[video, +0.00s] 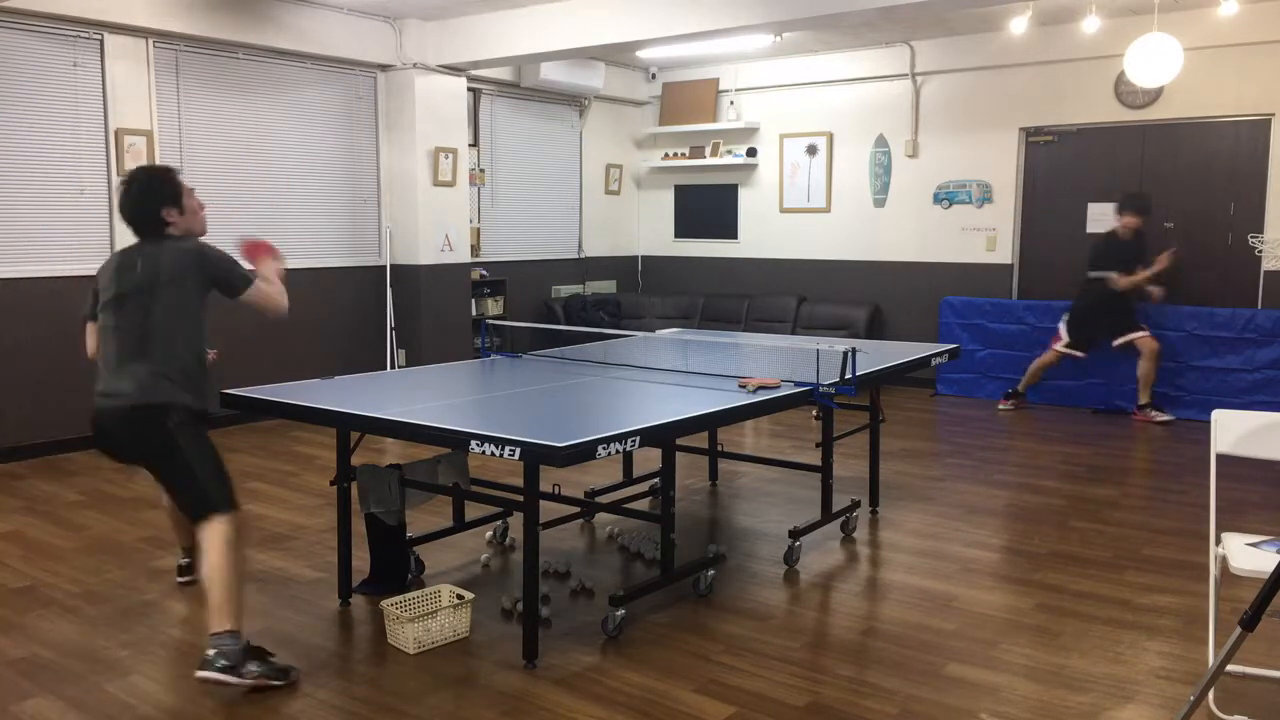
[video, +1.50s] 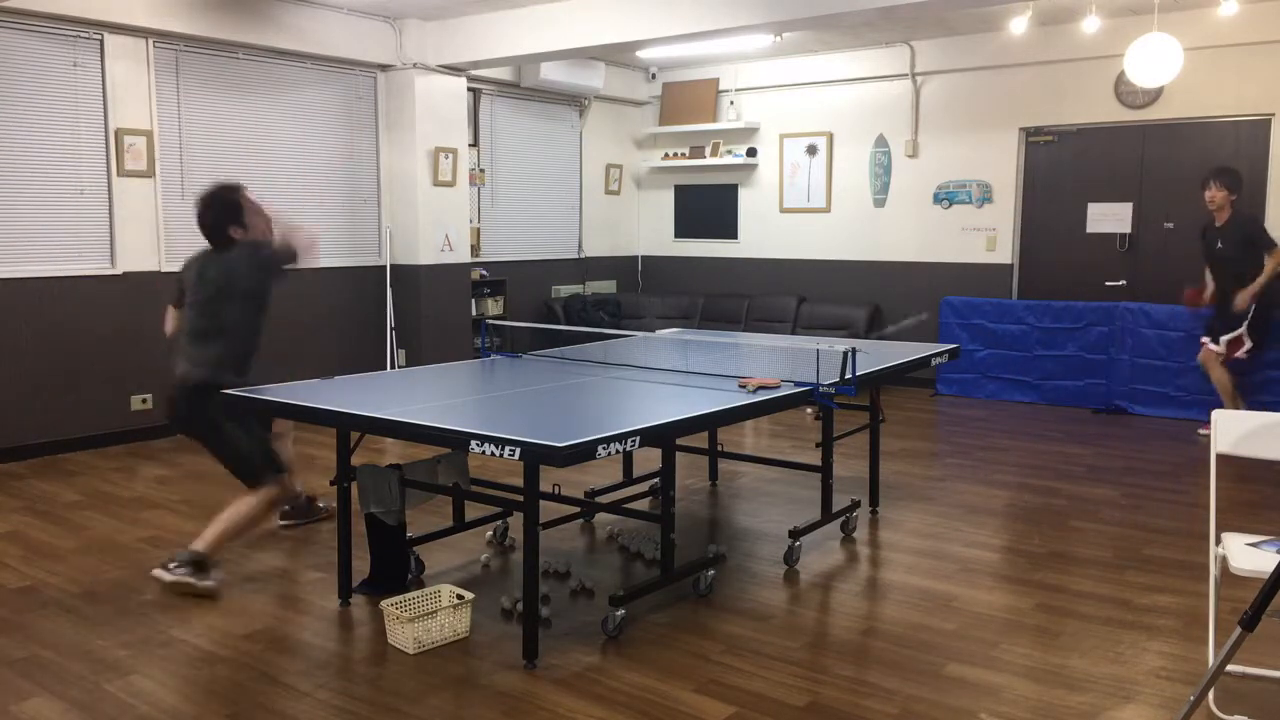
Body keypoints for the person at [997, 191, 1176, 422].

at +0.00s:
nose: (1133, 222)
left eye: (1137, 217)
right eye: (1129, 216)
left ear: (1143, 221)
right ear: (1119, 217)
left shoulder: (1138, 242)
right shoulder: (1104, 244)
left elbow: (1132, 276)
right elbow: (1118, 284)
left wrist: (1147, 288)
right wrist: (1154, 269)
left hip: (1117, 310)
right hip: (1088, 311)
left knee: (1150, 347)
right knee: (1052, 357)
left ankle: (1143, 407)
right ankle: (1017, 393)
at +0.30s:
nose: (1203, 214)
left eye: (1205, 208)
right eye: (1203, 208)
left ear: (1187, 204)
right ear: (1191, 204)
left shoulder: (1171, 226)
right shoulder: (1168, 230)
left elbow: (1142, 236)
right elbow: (1149, 273)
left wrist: (1183, 254)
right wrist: (1140, 310)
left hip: (1165, 298)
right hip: (1154, 300)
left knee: (1175, 348)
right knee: (1195, 331)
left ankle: (1148, 404)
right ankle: (1137, 360)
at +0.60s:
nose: (1224, 159)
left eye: (1223, 154)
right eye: (1222, 154)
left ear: (1192, 156)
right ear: (1217, 158)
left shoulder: (1177, 181)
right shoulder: (1209, 187)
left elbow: (1162, 216)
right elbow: (1199, 228)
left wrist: (1188, 224)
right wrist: (1205, 267)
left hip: (1174, 270)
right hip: (1201, 270)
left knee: (1185, 330)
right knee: (1222, 325)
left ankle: (1184, 389)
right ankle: (1232, 385)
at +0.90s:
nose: (1184, 193)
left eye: (1191, 187)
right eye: (1185, 187)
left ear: (1208, 191)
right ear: (1208, 192)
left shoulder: (1197, 220)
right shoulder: (1233, 218)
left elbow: (1189, 261)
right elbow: (1252, 255)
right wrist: (1262, 290)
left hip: (1213, 299)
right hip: (1242, 300)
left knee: (1201, 357)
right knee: (1226, 359)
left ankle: (1203, 414)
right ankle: (1244, 410)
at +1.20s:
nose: (1203, 190)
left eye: (1211, 184)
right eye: (1201, 185)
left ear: (1226, 190)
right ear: (1198, 189)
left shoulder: (1238, 215)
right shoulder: (1211, 226)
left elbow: (1255, 249)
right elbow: (1229, 259)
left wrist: (1214, 268)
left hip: (1250, 294)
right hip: (1233, 296)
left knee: (1215, 350)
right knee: (1237, 360)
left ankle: (1214, 415)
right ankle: (1268, 412)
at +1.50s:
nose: (1210, 195)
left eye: (1217, 190)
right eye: (1207, 189)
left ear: (1232, 194)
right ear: (1203, 194)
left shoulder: (1247, 223)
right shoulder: (1208, 230)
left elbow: (1274, 257)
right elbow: (1211, 265)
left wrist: (1250, 290)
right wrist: (1209, 290)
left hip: (1250, 302)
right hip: (1224, 301)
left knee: (1210, 356)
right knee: (1209, 358)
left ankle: (1236, 416)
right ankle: (1236, 415)